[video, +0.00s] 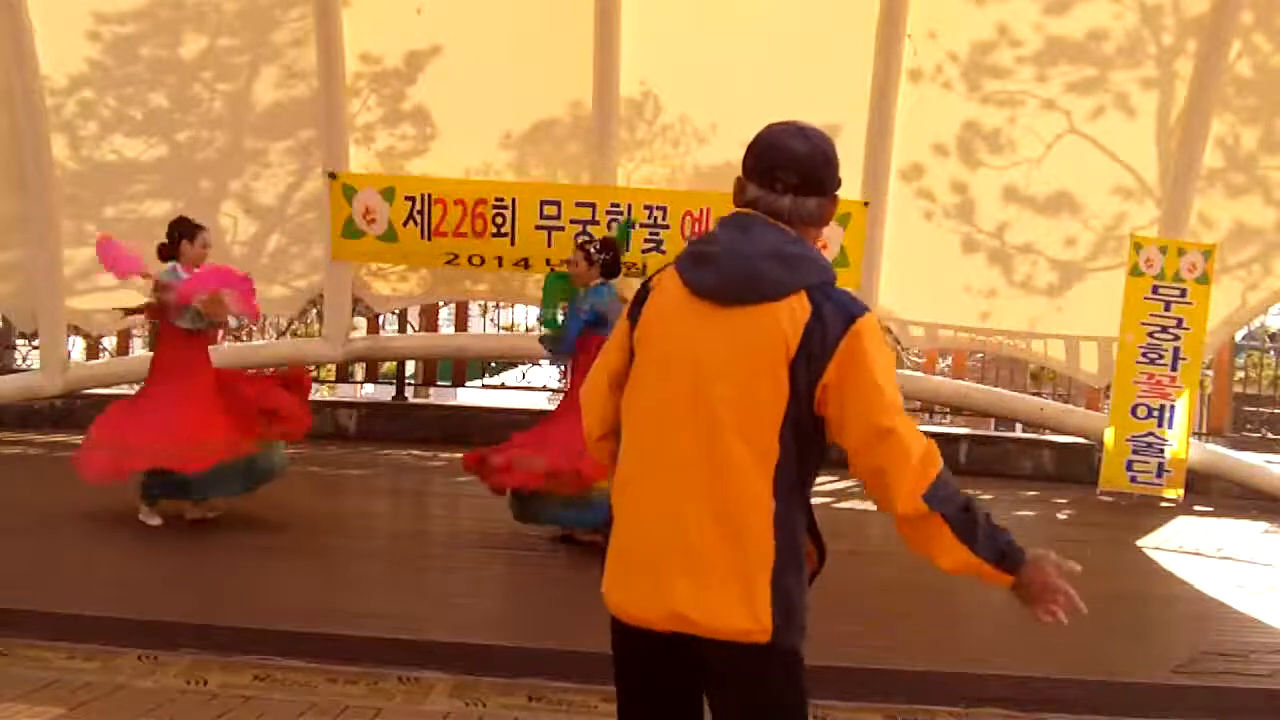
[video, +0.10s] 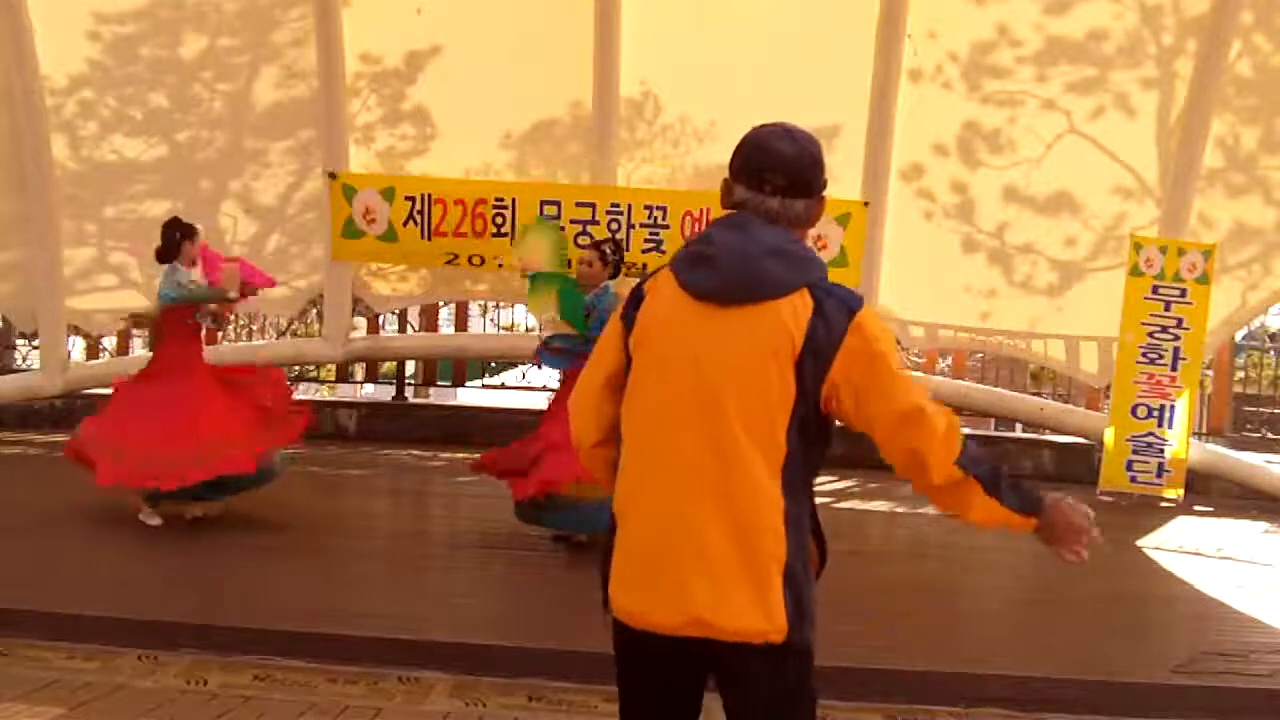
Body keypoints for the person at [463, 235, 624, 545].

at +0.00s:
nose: (570, 268)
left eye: (576, 262)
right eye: (572, 261)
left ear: (594, 267)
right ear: (597, 269)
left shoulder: (589, 299)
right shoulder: (607, 296)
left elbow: (565, 344)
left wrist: (547, 338)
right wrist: (560, 334)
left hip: (588, 389)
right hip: (602, 385)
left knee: (580, 451)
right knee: (594, 450)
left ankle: (589, 525)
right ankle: (586, 523)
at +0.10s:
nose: (580, 269)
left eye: (588, 264)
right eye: (580, 263)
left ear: (607, 269)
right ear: (577, 264)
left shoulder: (608, 300)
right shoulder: (579, 297)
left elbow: (598, 343)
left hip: (592, 379)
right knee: (559, 434)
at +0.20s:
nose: (597, 271)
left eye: (605, 267)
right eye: (594, 264)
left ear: (617, 272)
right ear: (587, 265)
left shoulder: (621, 304)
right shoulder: (574, 292)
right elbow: (537, 283)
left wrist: (571, 342)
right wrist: (495, 273)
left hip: (603, 384)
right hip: (570, 380)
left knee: (590, 450)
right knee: (558, 445)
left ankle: (581, 525)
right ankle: (560, 520)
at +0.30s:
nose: (609, 272)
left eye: (615, 265)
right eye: (603, 266)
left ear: (626, 264)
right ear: (592, 267)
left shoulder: (640, 294)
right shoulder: (583, 290)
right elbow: (536, 284)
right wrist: (489, 272)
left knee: (604, 453)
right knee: (568, 446)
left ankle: (587, 525)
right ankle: (560, 522)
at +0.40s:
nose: (620, 267)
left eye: (622, 261)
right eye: (614, 261)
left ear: (618, 262)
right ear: (596, 262)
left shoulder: (627, 292)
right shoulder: (583, 289)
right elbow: (556, 284)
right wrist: (524, 276)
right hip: (575, 375)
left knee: (601, 455)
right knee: (583, 452)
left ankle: (589, 527)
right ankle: (579, 526)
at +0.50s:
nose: (618, 268)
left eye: (617, 261)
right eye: (615, 261)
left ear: (593, 262)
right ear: (601, 262)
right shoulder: (596, 297)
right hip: (588, 381)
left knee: (577, 456)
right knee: (590, 455)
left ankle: (576, 527)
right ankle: (582, 528)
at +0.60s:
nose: (607, 265)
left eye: (604, 259)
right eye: (604, 260)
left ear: (577, 264)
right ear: (597, 262)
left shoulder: (573, 297)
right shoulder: (598, 296)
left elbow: (564, 334)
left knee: (583, 456)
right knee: (597, 459)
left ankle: (577, 526)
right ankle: (592, 526)